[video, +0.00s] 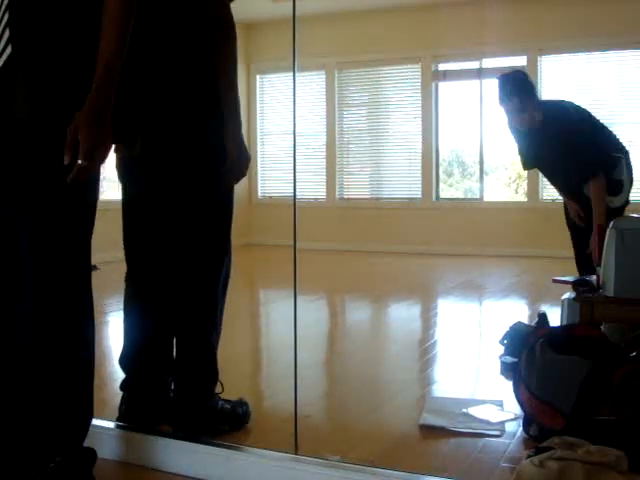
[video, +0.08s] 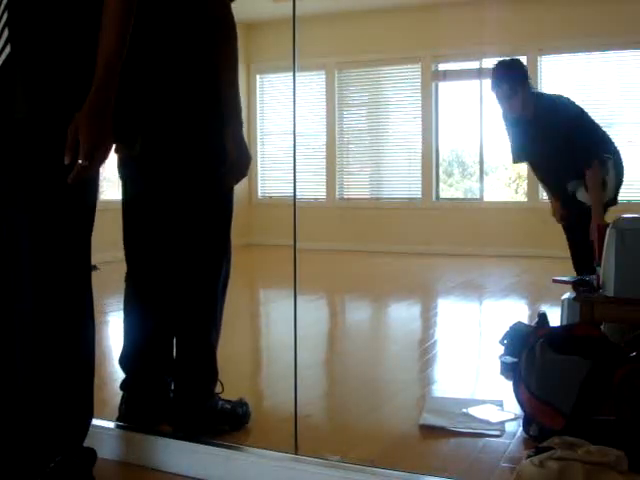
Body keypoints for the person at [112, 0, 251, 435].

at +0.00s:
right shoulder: (219, 15)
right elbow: (222, 36)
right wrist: (233, 132)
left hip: (141, 120)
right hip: (199, 121)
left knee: (148, 262)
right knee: (204, 263)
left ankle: (142, 396)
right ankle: (196, 397)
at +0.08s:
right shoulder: (219, 14)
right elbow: (222, 36)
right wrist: (233, 130)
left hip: (142, 120)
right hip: (200, 121)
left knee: (148, 261)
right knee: (204, 263)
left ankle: (142, 396)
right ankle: (196, 397)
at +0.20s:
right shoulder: (222, 16)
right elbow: (225, 60)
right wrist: (237, 134)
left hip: (143, 125)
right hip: (201, 128)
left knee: (148, 263)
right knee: (204, 265)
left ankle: (142, 396)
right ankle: (196, 397)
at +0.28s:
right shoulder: (222, 16)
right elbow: (225, 57)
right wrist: (237, 132)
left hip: (143, 123)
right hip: (201, 125)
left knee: (147, 262)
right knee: (204, 264)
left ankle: (142, 395)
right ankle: (196, 397)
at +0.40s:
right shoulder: (223, 14)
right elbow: (227, 54)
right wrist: (239, 132)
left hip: (142, 122)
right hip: (202, 125)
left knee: (147, 263)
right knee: (203, 264)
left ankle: (142, 396)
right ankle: (195, 397)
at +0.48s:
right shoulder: (224, 15)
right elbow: (227, 52)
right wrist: (238, 131)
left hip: (141, 124)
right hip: (202, 126)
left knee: (147, 263)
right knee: (204, 264)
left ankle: (142, 396)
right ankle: (196, 396)